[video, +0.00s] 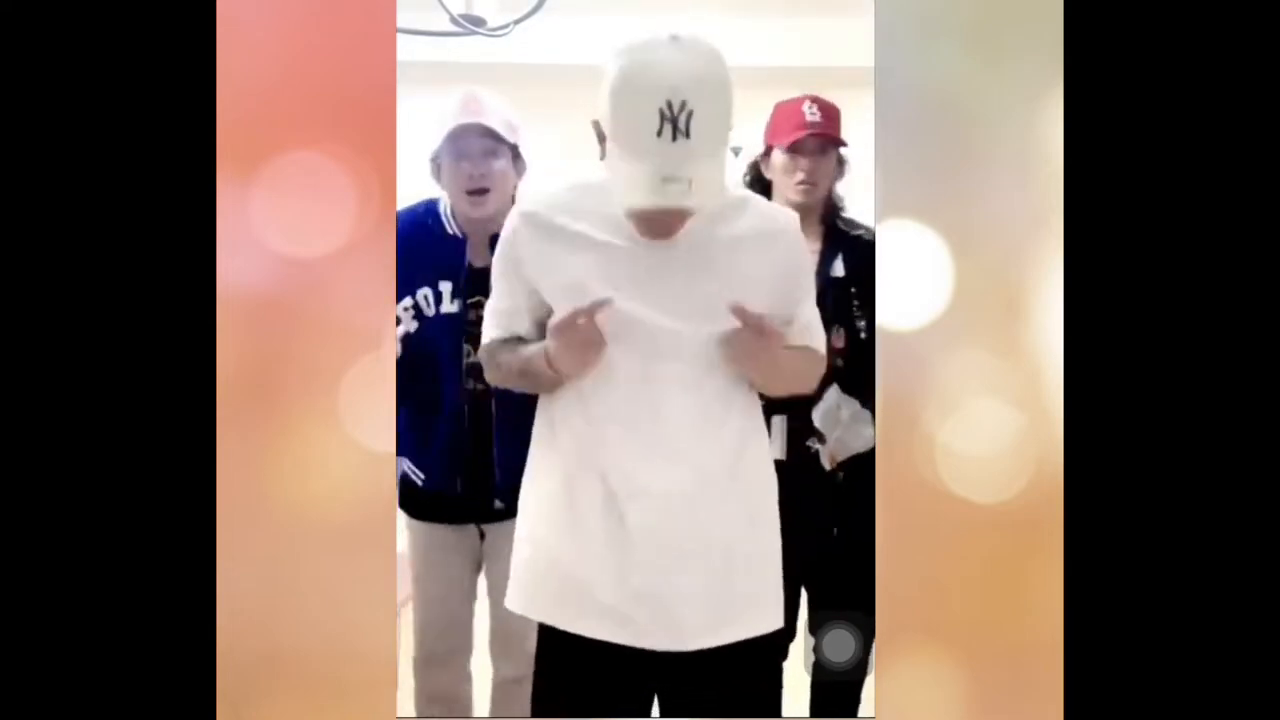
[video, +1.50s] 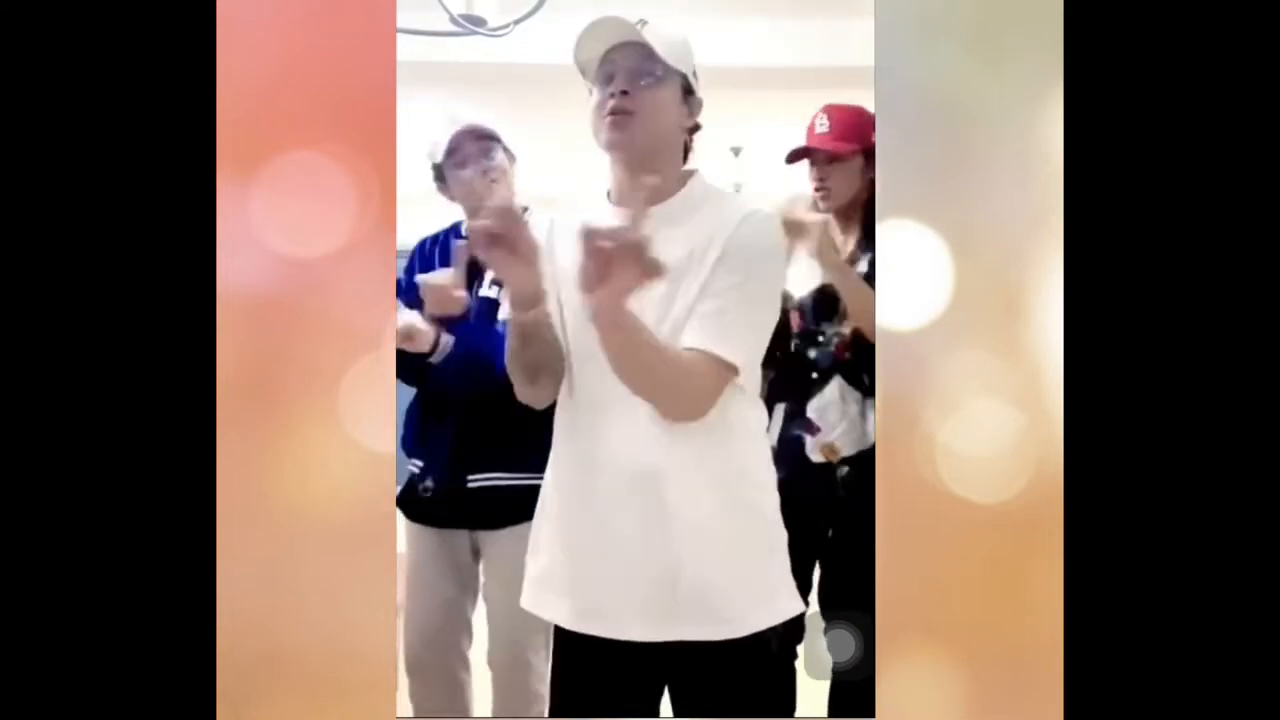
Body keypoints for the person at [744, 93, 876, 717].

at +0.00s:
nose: (806, 166)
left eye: (821, 153)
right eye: (792, 152)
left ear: (839, 166)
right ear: (765, 162)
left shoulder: (867, 251)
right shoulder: (736, 245)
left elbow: (893, 357)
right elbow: (713, 357)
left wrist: (862, 421)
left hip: (849, 476)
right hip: (759, 473)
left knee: (844, 645)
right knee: (755, 641)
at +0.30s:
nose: (812, 149)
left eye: (826, 138)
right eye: (796, 137)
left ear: (844, 153)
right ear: (769, 153)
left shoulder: (871, 244)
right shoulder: (734, 239)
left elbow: (888, 355)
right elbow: (713, 351)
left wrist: (850, 437)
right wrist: (770, 422)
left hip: (846, 464)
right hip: (752, 456)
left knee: (836, 636)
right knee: (749, 627)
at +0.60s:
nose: (788, 169)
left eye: (805, 163)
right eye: (779, 156)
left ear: (822, 187)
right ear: (754, 171)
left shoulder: (851, 262)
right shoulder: (722, 256)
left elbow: (878, 370)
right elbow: (702, 365)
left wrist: (843, 440)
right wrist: (772, 425)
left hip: (836, 482)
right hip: (746, 481)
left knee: (853, 651)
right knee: (759, 650)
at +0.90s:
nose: (876, 170)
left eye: (885, 158)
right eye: (862, 156)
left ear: (895, 171)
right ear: (828, 166)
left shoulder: (897, 255)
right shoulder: (772, 237)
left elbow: (897, 370)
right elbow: (737, 341)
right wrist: (774, 425)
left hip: (844, 478)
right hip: (756, 476)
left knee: (851, 653)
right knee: (751, 654)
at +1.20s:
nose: (829, 167)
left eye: (847, 154)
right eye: (818, 153)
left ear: (874, 169)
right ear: (803, 166)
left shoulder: (893, 255)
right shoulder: (775, 248)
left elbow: (904, 360)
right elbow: (752, 356)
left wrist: (862, 426)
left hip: (861, 478)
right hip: (778, 473)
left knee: (854, 646)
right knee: (766, 642)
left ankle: (852, 719)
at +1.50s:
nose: (818, 173)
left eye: (834, 160)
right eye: (812, 161)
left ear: (869, 168)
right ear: (805, 167)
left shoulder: (893, 247)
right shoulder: (793, 247)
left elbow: (885, 331)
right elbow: (768, 365)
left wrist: (825, 255)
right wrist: (772, 265)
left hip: (862, 470)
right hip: (788, 466)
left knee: (852, 634)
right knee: (769, 625)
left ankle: (853, 717)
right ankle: (761, 714)